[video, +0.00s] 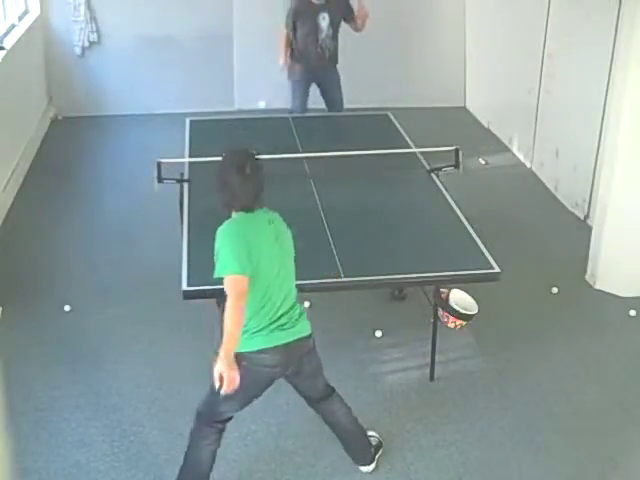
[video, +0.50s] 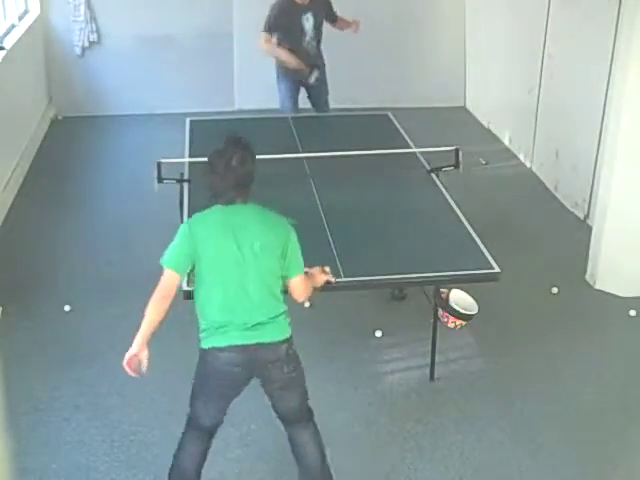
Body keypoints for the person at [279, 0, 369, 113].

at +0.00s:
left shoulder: (339, 3)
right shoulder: (298, 4)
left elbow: (357, 27)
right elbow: (288, 32)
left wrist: (361, 19)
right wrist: (285, 58)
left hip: (327, 66)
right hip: (300, 65)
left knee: (337, 110)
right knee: (298, 110)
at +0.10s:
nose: (315, 2)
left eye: (318, 1)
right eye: (312, 1)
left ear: (324, 0)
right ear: (308, 0)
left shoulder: (337, 6)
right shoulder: (296, 11)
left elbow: (355, 32)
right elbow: (281, 43)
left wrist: (361, 26)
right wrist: (291, 63)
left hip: (327, 72)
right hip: (301, 72)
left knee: (336, 114)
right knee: (297, 114)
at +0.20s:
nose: (310, 3)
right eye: (307, 0)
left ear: (320, 0)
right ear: (303, 1)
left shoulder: (332, 11)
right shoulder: (292, 17)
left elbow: (349, 35)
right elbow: (280, 55)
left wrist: (359, 39)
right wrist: (304, 71)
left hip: (325, 75)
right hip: (297, 75)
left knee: (332, 119)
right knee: (297, 118)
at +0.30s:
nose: (305, 2)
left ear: (316, 0)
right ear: (298, 1)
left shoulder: (326, 8)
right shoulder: (290, 17)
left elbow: (337, 32)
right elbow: (281, 58)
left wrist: (356, 40)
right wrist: (308, 78)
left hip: (319, 73)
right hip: (292, 73)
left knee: (329, 117)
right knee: (291, 114)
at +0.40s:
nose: (304, 2)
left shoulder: (323, 5)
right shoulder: (286, 15)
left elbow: (331, 25)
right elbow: (277, 58)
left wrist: (352, 32)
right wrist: (304, 75)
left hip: (316, 69)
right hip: (289, 70)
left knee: (328, 115)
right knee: (290, 115)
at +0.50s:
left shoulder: (321, 3)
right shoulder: (281, 6)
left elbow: (334, 20)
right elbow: (266, 43)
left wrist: (350, 24)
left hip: (315, 66)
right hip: (288, 68)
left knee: (324, 113)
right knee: (289, 114)